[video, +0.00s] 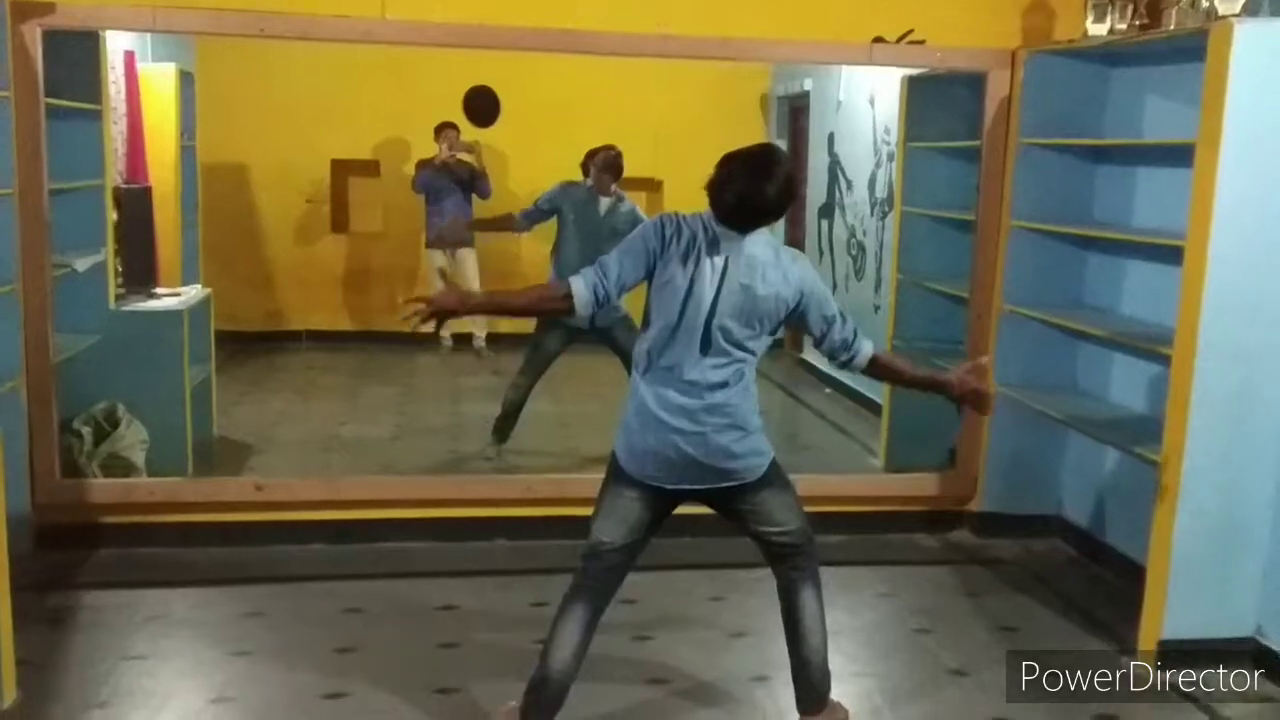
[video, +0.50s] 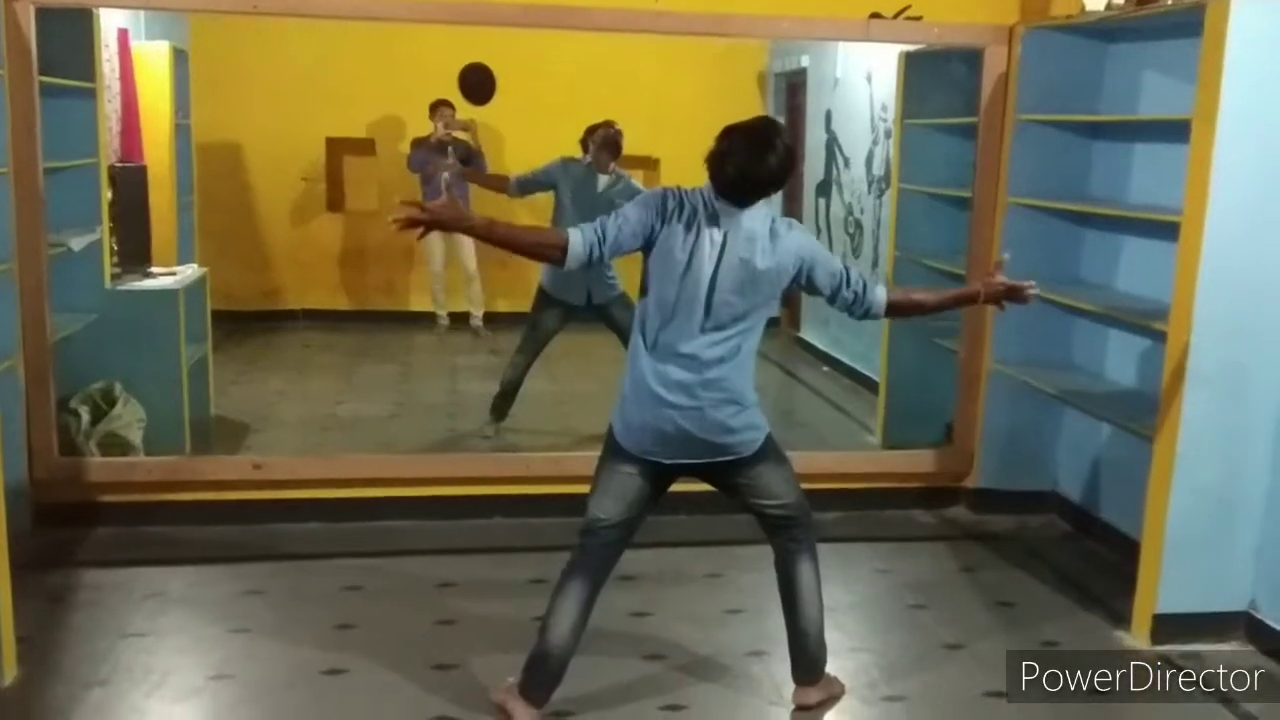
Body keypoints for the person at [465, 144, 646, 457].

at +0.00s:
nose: (608, 174)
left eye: (614, 169)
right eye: (603, 167)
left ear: (619, 174)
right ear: (589, 169)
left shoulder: (630, 214)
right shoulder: (567, 195)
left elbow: (660, 253)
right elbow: (521, 221)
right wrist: (467, 226)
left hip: (610, 311)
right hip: (562, 310)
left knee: (648, 370)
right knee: (528, 375)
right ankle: (497, 440)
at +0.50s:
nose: (614, 136)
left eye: (617, 133)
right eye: (607, 131)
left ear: (621, 147)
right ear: (589, 142)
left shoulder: (631, 190)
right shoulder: (564, 171)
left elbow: (653, 242)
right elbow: (513, 186)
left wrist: (647, 294)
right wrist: (464, 173)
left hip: (606, 289)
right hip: (559, 288)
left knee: (650, 351)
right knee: (522, 359)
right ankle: (495, 420)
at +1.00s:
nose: (612, 132)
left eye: (617, 128)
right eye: (604, 126)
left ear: (620, 136)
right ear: (586, 133)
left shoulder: (630, 185)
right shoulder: (562, 166)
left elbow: (648, 240)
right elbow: (513, 174)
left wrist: (646, 290)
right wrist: (471, 151)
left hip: (605, 285)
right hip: (559, 284)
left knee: (648, 348)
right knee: (522, 353)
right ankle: (493, 416)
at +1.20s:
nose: (608, 132)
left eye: (613, 127)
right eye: (601, 126)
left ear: (619, 134)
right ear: (584, 132)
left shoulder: (625, 180)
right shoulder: (559, 165)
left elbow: (671, 192)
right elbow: (509, 168)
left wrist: (708, 165)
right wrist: (473, 142)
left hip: (605, 285)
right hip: (557, 284)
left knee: (647, 347)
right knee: (522, 353)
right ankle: (493, 417)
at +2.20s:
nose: (588, 130)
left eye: (593, 124)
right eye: (580, 124)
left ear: (600, 128)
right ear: (566, 129)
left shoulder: (614, 163)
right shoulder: (551, 161)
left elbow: (655, 156)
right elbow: (505, 175)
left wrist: (686, 159)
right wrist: (472, 152)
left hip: (599, 276)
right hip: (556, 275)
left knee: (626, 345)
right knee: (523, 344)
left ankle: (643, 409)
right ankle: (496, 409)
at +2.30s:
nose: (586, 130)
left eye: (591, 123)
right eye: (579, 124)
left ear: (598, 127)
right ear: (565, 128)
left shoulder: (610, 166)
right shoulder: (550, 162)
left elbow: (653, 166)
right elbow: (515, 183)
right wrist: (483, 199)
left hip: (596, 271)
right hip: (555, 269)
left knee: (617, 339)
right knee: (528, 337)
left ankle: (636, 406)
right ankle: (499, 408)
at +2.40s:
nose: (588, 130)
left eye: (593, 124)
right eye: (580, 123)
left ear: (599, 128)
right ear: (565, 126)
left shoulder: (611, 170)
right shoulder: (545, 167)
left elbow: (642, 205)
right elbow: (519, 205)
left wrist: (643, 254)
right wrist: (502, 241)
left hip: (597, 270)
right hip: (554, 267)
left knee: (616, 345)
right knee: (527, 337)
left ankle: (629, 409)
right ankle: (498, 406)